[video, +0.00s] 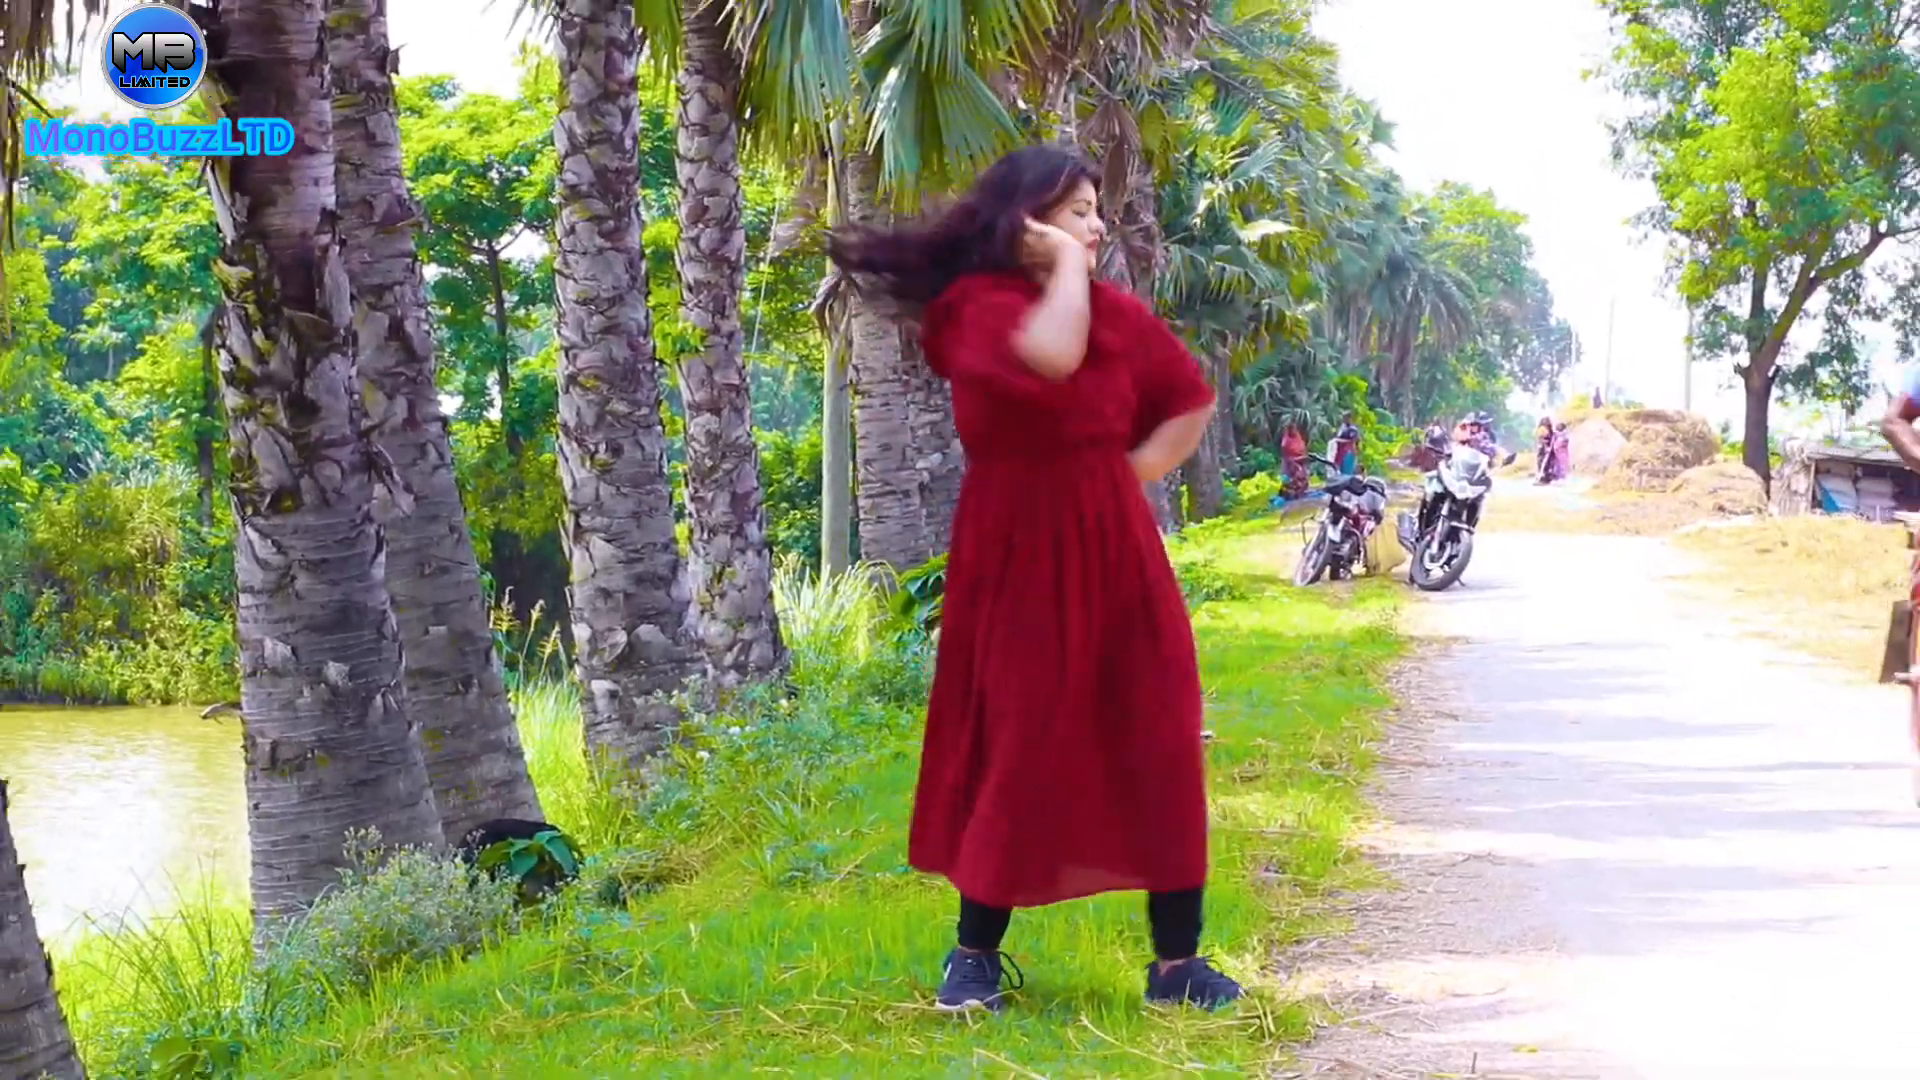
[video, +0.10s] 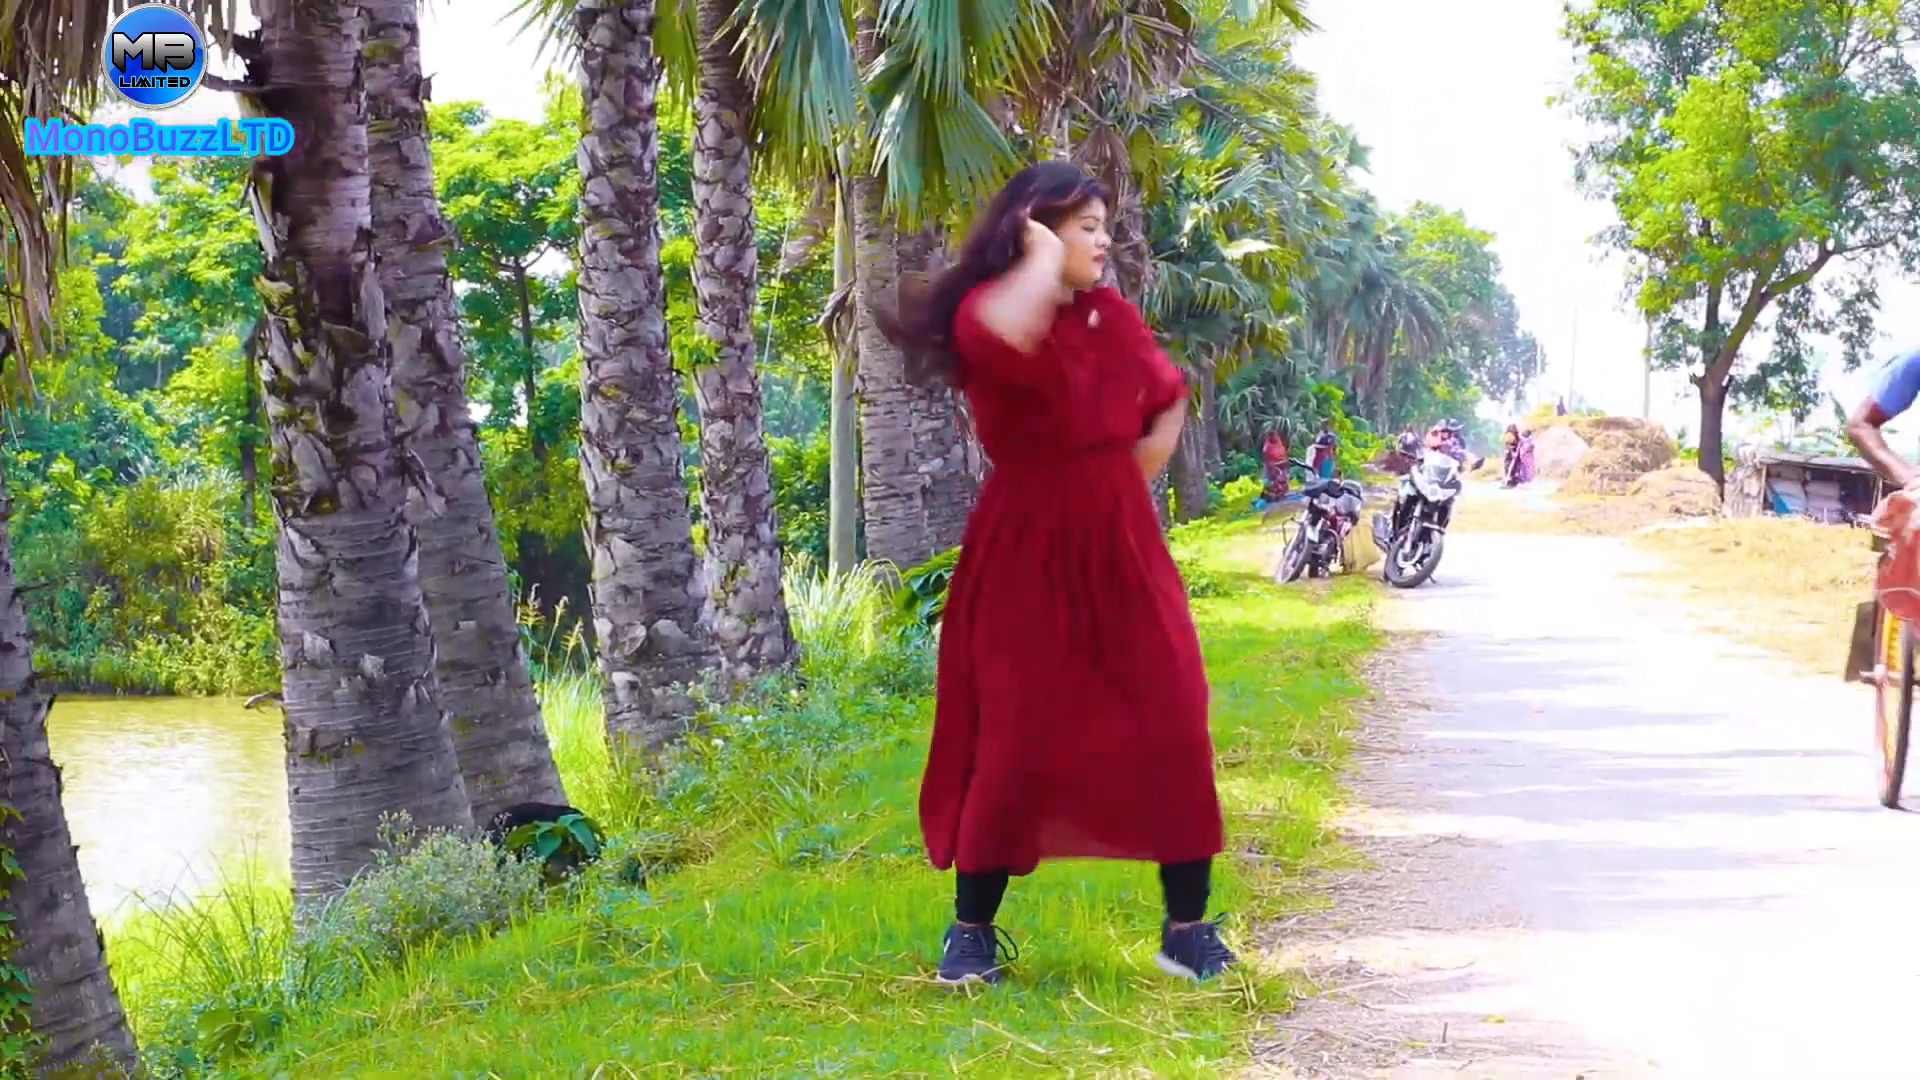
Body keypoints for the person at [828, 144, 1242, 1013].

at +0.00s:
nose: (1097, 224)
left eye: (1097, 209)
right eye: (1080, 210)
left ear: (1091, 225)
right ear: (1025, 220)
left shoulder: (1113, 306)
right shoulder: (971, 302)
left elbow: (1195, 400)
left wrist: (1127, 474)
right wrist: (1070, 261)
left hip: (1113, 530)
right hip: (1014, 535)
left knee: (1166, 734)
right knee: (1013, 738)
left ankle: (1177, 961)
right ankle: (975, 958)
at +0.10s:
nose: (1105, 242)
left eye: (1105, 228)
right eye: (1090, 229)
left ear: (1096, 237)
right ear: (1039, 234)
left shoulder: (1113, 310)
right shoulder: (987, 311)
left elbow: (1171, 402)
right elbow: (1008, 332)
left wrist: (1127, 485)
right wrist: (1042, 254)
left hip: (1120, 531)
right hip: (1025, 536)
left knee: (1178, 720)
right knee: (1011, 729)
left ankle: (1187, 927)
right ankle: (972, 933)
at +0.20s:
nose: (1135, 221)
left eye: (1136, 205)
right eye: (1116, 206)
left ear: (1133, 218)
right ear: (1059, 221)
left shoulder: (1150, 305)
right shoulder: (1018, 303)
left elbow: (1191, 402)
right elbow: (911, 277)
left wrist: (1204, 432)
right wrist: (1021, 227)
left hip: (1161, 544)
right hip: (1056, 543)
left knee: (1199, 749)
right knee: (1019, 746)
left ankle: (1227, 958)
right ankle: (974, 958)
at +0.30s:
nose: (1159, 226)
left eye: (1160, 211)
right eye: (1138, 213)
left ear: (1161, 225)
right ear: (1081, 230)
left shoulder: (1186, 321)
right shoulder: (1033, 316)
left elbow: (1259, 399)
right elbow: (900, 325)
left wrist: (1259, 434)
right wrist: (1013, 262)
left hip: (1192, 560)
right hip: (1080, 560)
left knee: (1219, 764)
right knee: (1032, 760)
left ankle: (1230, 977)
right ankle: (976, 965)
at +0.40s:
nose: (1150, 239)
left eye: (1159, 228)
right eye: (1128, 231)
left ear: (1176, 251)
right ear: (1089, 259)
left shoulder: (1216, 340)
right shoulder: (1053, 355)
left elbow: (1321, 425)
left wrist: (1236, 422)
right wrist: (1040, 373)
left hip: (1200, 566)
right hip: (1089, 565)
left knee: (1215, 750)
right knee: (1039, 745)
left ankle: (1216, 945)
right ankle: (981, 935)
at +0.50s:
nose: (1137, 225)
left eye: (1156, 213)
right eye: (1125, 220)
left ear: (1199, 232)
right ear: (1115, 249)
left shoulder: (1248, 322)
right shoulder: (1092, 346)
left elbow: (1339, 397)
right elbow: (1049, 452)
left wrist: (1246, 335)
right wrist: (1044, 496)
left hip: (1211, 556)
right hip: (1101, 553)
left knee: (1213, 747)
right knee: (1034, 736)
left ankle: (1221, 955)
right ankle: (989, 928)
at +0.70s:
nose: (1147, 205)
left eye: (1166, 191)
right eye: (1148, 191)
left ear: (1220, 204)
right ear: (1157, 209)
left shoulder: (1260, 287)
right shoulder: (1139, 297)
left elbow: (1373, 269)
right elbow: (1113, 404)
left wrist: (1266, 224)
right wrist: (1090, 460)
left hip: (1221, 532)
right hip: (1124, 527)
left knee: (1222, 733)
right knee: (1064, 717)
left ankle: (1227, 953)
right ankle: (1013, 926)